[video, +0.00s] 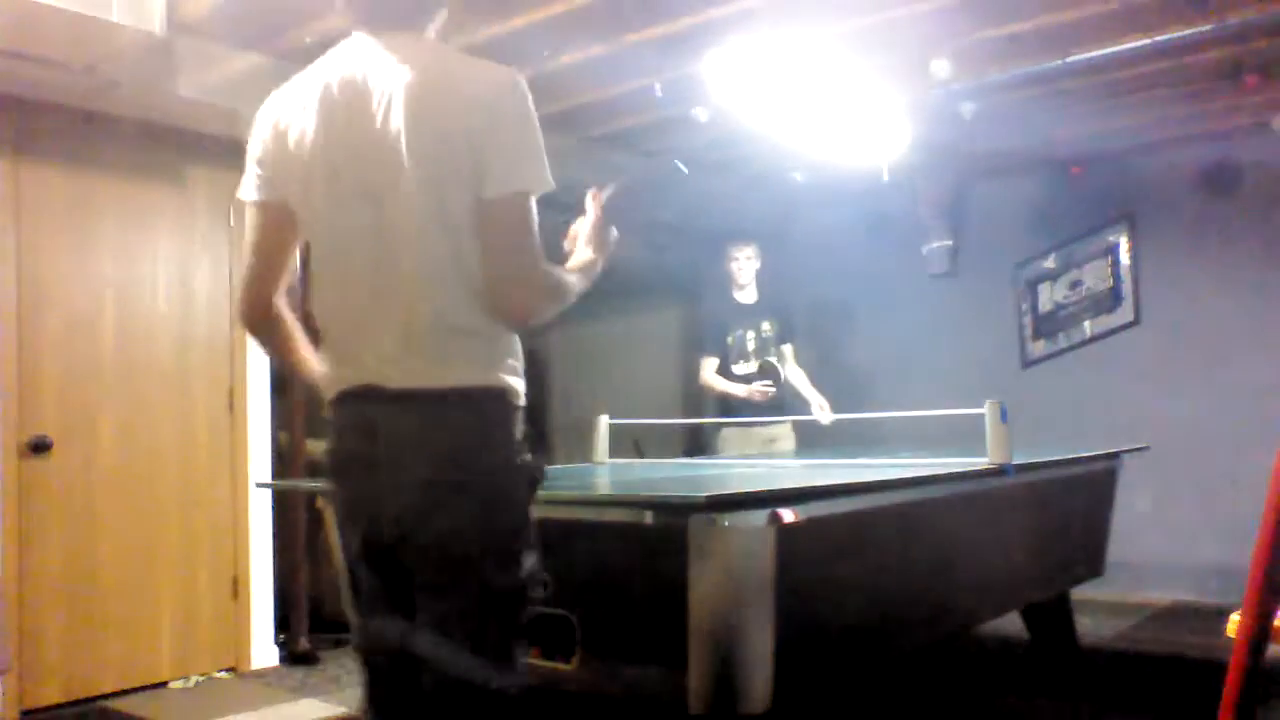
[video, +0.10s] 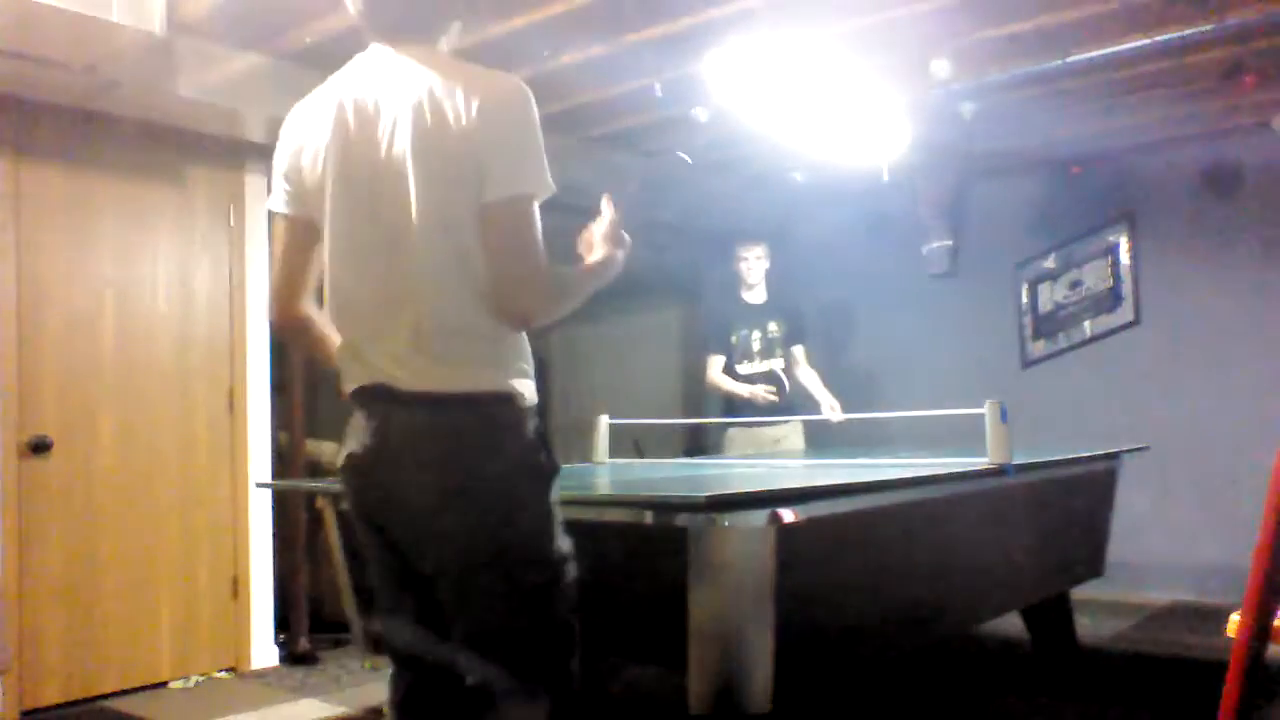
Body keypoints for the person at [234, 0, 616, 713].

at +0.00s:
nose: (461, 24)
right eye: (455, 18)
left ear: (351, 9)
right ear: (444, 11)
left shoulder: (289, 106)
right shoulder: (487, 90)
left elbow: (260, 302)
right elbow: (518, 299)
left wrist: (334, 388)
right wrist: (588, 258)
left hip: (359, 423)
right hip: (467, 421)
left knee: (390, 667)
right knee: (480, 660)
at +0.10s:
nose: (467, 27)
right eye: (460, 21)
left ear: (361, 16)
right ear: (451, 19)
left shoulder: (312, 115)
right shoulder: (492, 97)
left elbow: (288, 306)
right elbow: (523, 299)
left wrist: (360, 370)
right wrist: (601, 263)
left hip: (375, 435)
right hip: (484, 436)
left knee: (419, 676)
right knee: (530, 673)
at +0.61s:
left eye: (472, 21)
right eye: (567, 27)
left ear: (474, 39)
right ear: (559, 39)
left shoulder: (426, 136)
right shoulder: (583, 124)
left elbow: (423, 309)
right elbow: (610, 306)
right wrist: (616, 372)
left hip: (451, 415)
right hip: (549, 417)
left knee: (477, 646)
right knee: (566, 656)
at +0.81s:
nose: (606, 59)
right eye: (601, 41)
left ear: (511, 46)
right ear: (595, 46)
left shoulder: (456, 139)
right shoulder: (608, 131)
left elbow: (431, 309)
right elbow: (625, 305)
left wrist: (501, 364)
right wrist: (633, 428)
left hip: (462, 411)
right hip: (554, 412)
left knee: (497, 644)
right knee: (568, 659)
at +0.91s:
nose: (617, 65)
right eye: (613, 49)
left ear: (523, 51)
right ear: (604, 50)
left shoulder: (465, 145)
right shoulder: (614, 136)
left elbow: (448, 305)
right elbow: (627, 307)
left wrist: (467, 411)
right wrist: (638, 444)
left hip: (463, 411)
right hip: (555, 413)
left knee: (486, 649)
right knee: (567, 657)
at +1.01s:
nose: (624, 68)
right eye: (619, 51)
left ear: (529, 57)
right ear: (608, 55)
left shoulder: (473, 147)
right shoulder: (617, 137)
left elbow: (467, 291)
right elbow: (631, 307)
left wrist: (459, 418)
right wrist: (638, 439)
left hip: (462, 410)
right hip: (554, 413)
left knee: (471, 640)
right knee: (566, 651)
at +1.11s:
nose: (624, 74)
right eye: (620, 59)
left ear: (530, 65)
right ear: (610, 61)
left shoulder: (475, 149)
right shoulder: (619, 139)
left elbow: (472, 293)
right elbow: (634, 304)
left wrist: (458, 420)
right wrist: (641, 439)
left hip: (462, 409)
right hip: (554, 411)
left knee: (466, 642)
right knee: (566, 650)